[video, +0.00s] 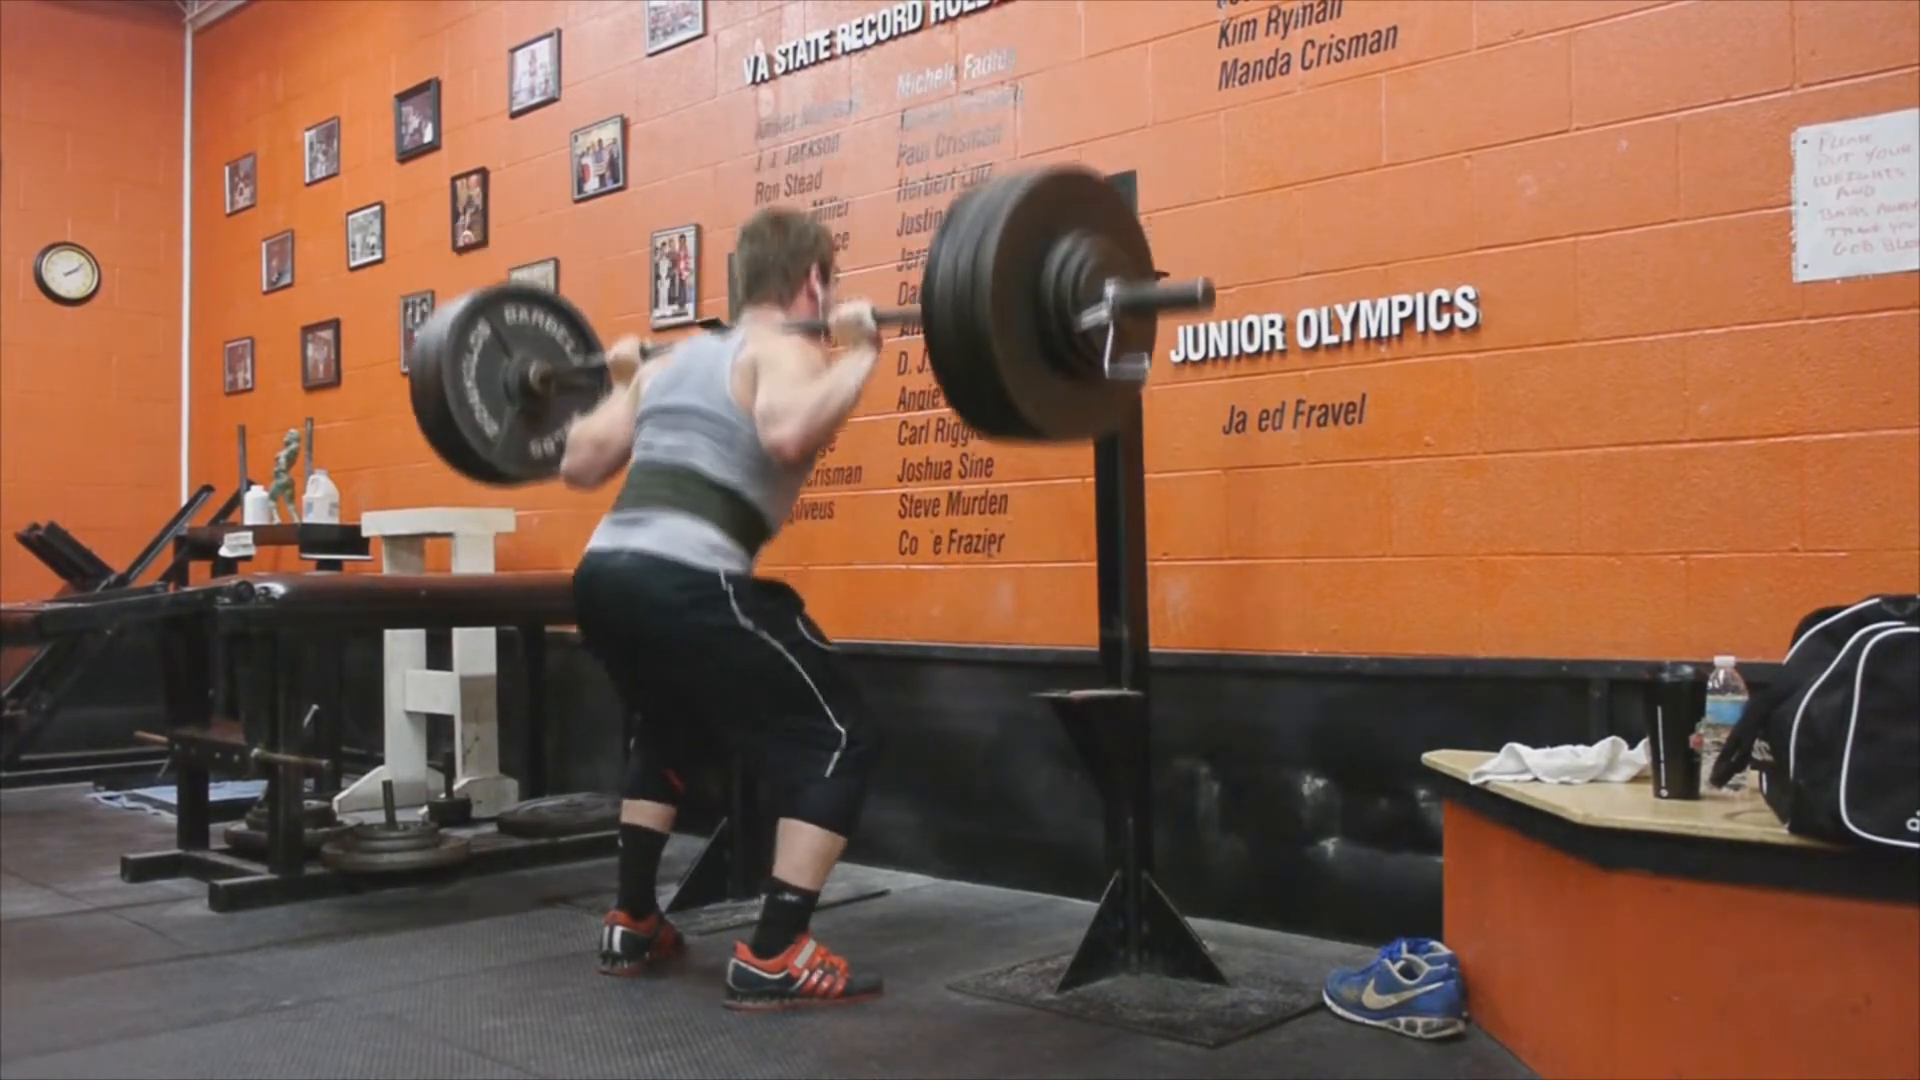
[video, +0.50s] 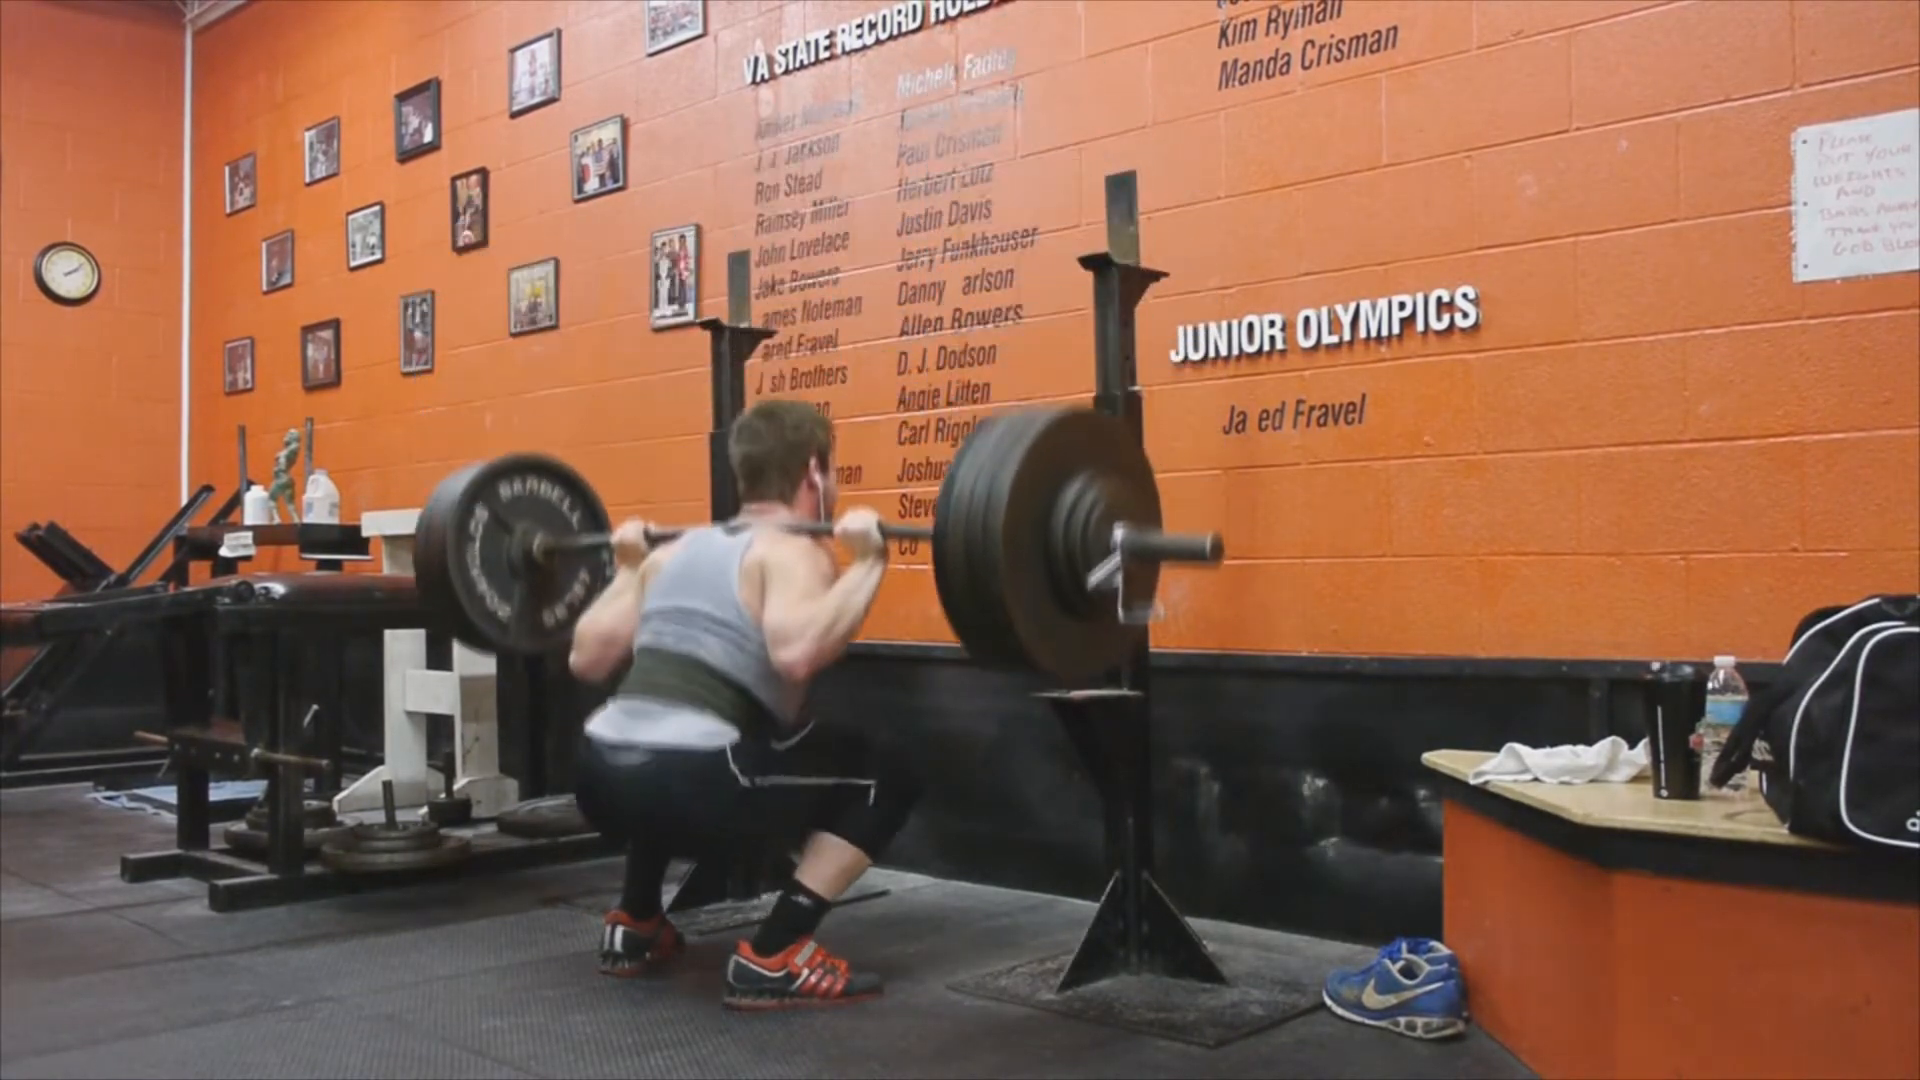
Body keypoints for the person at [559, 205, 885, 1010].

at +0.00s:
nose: (833, 294)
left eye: (830, 280)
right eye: (830, 281)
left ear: (743, 285)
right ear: (808, 283)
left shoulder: (676, 359)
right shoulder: (788, 347)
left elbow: (580, 463)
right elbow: (786, 434)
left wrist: (624, 381)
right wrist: (861, 351)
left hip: (605, 578)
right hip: (691, 585)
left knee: (662, 725)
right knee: (838, 734)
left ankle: (633, 920)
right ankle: (776, 947)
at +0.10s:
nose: (833, 333)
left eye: (832, 320)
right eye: (831, 319)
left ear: (741, 324)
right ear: (811, 324)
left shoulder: (677, 396)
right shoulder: (790, 388)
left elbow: (580, 500)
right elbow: (790, 476)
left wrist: (624, 418)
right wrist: (864, 396)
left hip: (595, 610)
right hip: (689, 618)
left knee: (660, 731)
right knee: (847, 740)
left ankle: (632, 918)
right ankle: (776, 948)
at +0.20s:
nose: (835, 373)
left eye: (837, 361)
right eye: (834, 360)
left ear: (744, 363)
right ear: (815, 363)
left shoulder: (675, 434)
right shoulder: (789, 427)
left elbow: (579, 540)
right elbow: (790, 515)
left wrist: (625, 454)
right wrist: (864, 440)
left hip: (594, 642)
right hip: (687, 654)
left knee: (665, 735)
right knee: (853, 750)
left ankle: (634, 920)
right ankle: (776, 949)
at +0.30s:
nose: (832, 410)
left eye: (833, 398)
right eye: (831, 397)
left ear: (745, 404)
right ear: (813, 402)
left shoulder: (675, 476)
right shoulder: (791, 470)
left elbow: (584, 580)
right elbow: (794, 566)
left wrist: (626, 492)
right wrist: (867, 481)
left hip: (594, 687)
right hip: (685, 698)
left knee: (675, 750)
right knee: (858, 770)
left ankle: (634, 918)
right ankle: (776, 951)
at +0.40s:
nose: (833, 451)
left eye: (833, 436)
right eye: (831, 436)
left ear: (743, 442)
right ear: (813, 443)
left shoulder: (675, 515)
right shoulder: (792, 516)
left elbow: (587, 621)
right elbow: (796, 610)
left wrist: (627, 533)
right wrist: (868, 525)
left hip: (599, 736)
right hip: (696, 749)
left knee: (675, 751)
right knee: (870, 782)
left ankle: (634, 918)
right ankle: (776, 951)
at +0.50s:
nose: (833, 486)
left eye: (832, 471)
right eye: (831, 470)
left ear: (742, 475)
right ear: (814, 474)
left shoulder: (678, 550)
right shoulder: (791, 549)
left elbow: (587, 660)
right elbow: (796, 654)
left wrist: (627, 570)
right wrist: (868, 562)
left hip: (606, 782)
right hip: (700, 786)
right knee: (885, 774)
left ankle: (636, 917)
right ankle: (776, 950)